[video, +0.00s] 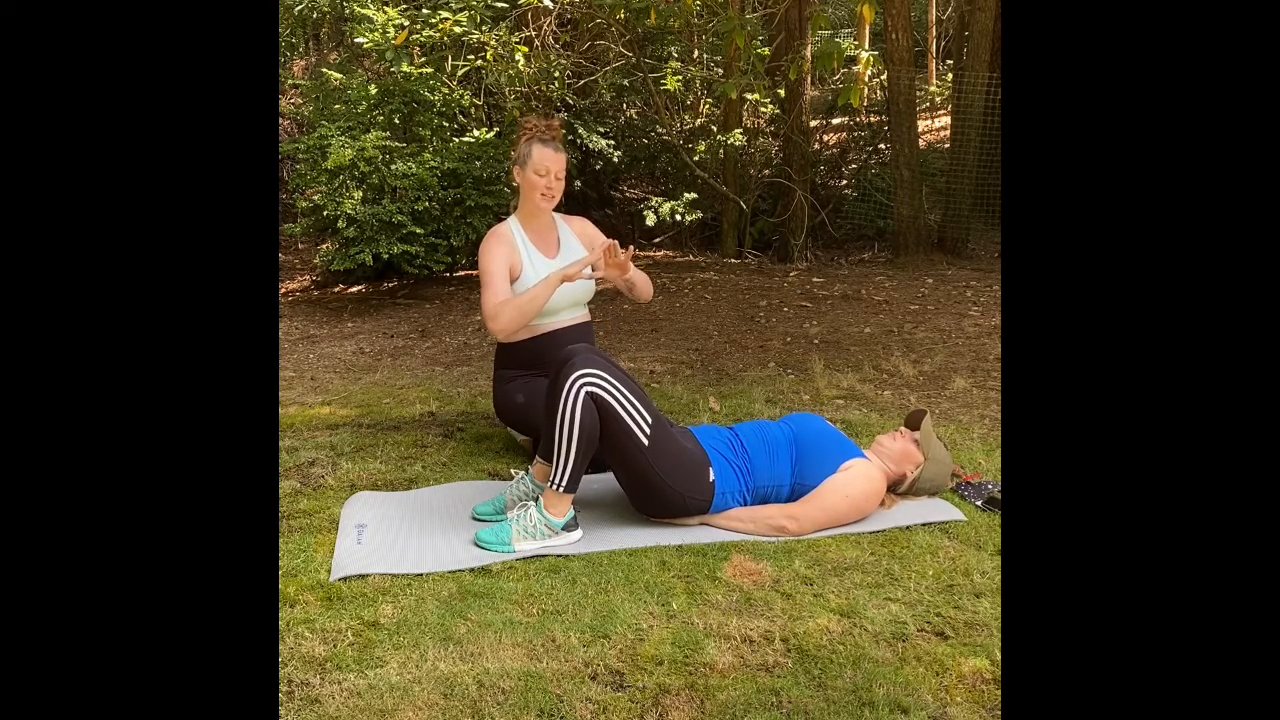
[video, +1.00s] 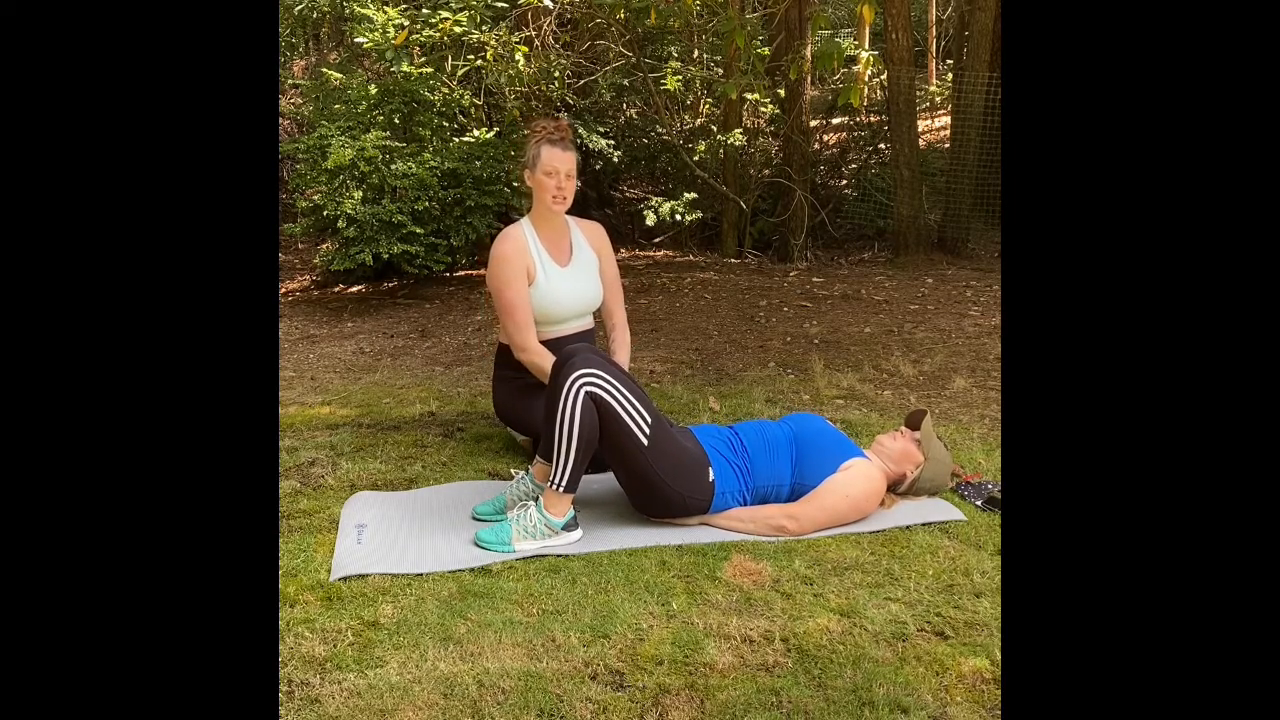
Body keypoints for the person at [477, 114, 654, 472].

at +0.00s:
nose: (552, 186)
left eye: (560, 177)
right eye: (542, 175)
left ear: (566, 179)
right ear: (517, 174)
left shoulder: (580, 229)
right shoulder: (499, 243)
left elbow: (645, 295)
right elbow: (499, 324)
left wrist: (627, 276)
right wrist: (558, 277)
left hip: (584, 364)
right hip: (523, 377)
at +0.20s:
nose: (549, 181)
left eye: (558, 173)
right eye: (539, 171)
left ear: (565, 179)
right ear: (518, 174)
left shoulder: (583, 231)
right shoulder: (502, 242)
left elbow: (626, 289)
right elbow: (491, 336)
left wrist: (629, 302)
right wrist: (564, 320)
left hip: (581, 368)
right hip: (521, 381)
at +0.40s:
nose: (553, 181)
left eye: (561, 172)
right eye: (541, 171)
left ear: (568, 177)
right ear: (520, 176)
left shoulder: (586, 232)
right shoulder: (505, 245)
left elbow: (615, 304)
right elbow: (494, 345)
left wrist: (620, 356)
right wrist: (566, 373)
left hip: (585, 370)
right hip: (524, 382)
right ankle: (537, 442)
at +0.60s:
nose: (556, 182)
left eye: (564, 173)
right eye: (545, 172)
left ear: (571, 179)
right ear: (524, 177)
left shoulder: (589, 233)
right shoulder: (507, 246)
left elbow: (614, 319)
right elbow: (513, 350)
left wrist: (610, 373)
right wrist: (577, 385)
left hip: (584, 367)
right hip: (525, 379)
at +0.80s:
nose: (559, 183)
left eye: (567, 174)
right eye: (547, 173)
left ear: (574, 180)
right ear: (526, 178)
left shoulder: (591, 234)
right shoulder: (509, 246)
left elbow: (617, 322)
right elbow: (523, 348)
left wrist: (615, 381)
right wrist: (587, 390)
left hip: (585, 366)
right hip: (524, 377)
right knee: (598, 448)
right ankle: (538, 444)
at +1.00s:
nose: (562, 185)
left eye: (569, 176)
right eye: (550, 174)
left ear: (577, 180)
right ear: (528, 178)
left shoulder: (593, 234)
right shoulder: (510, 247)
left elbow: (616, 324)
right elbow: (525, 348)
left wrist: (615, 384)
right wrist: (589, 395)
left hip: (584, 366)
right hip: (525, 378)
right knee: (598, 448)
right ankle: (538, 444)